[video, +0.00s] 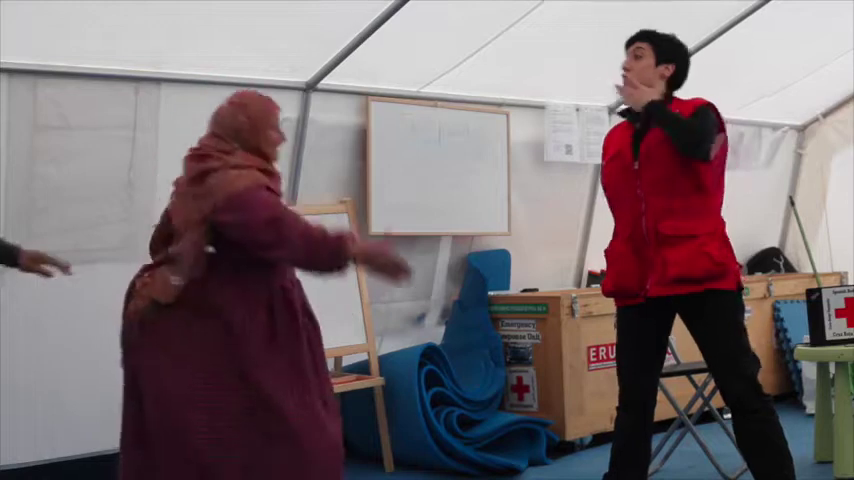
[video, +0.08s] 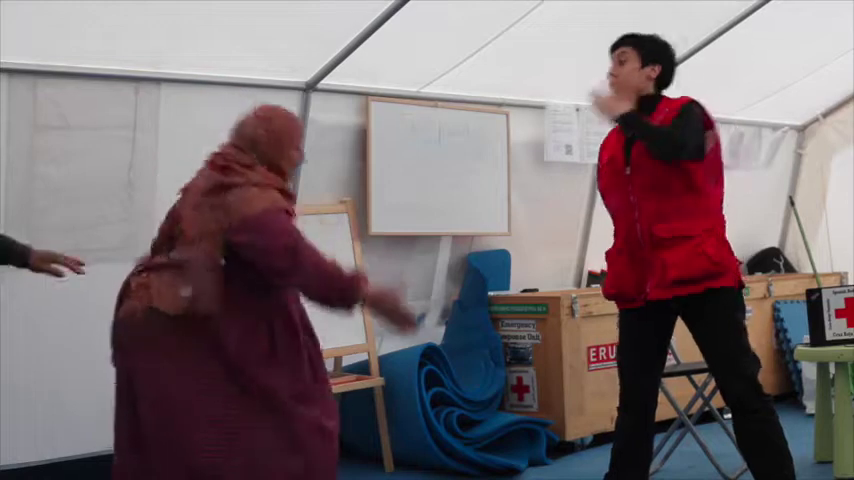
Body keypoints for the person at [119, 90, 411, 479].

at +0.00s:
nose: (281, 137)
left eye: (279, 128)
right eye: (274, 128)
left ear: (233, 132)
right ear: (249, 133)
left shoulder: (208, 173)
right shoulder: (234, 184)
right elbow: (286, 235)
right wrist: (354, 249)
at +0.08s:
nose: (299, 159)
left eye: (299, 151)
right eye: (296, 150)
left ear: (243, 141)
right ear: (274, 150)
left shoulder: (206, 184)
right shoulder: (251, 196)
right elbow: (290, 259)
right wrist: (364, 292)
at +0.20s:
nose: (325, 201)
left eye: (327, 191)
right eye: (323, 191)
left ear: (276, 169)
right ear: (307, 191)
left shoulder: (221, 191)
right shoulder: (276, 233)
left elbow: (165, 224)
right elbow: (305, 314)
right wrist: (361, 357)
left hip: (132, 321)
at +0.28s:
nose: (335, 236)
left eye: (337, 227)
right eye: (334, 227)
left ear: (296, 193)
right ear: (318, 225)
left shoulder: (243, 201)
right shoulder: (284, 263)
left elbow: (175, 217)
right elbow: (303, 347)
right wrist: (348, 393)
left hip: (121, 322)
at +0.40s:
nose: (345, 284)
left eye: (351, 276)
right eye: (347, 276)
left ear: (319, 228)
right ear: (335, 271)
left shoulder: (262, 223)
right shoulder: (292, 297)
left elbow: (182, 238)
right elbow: (296, 386)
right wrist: (327, 439)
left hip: (120, 319)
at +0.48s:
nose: (346, 310)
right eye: (350, 304)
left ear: (328, 250)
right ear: (343, 301)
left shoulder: (278, 239)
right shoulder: (297, 320)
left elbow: (193, 242)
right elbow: (290, 402)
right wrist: (314, 458)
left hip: (121, 311)